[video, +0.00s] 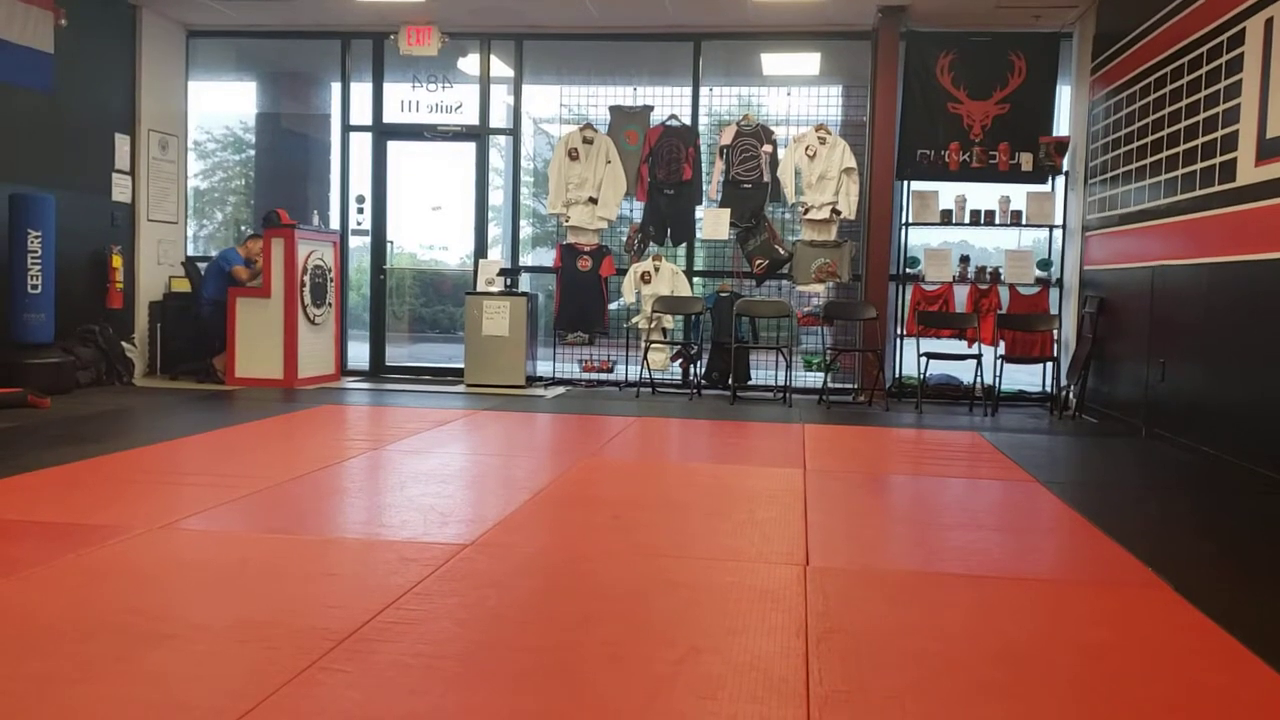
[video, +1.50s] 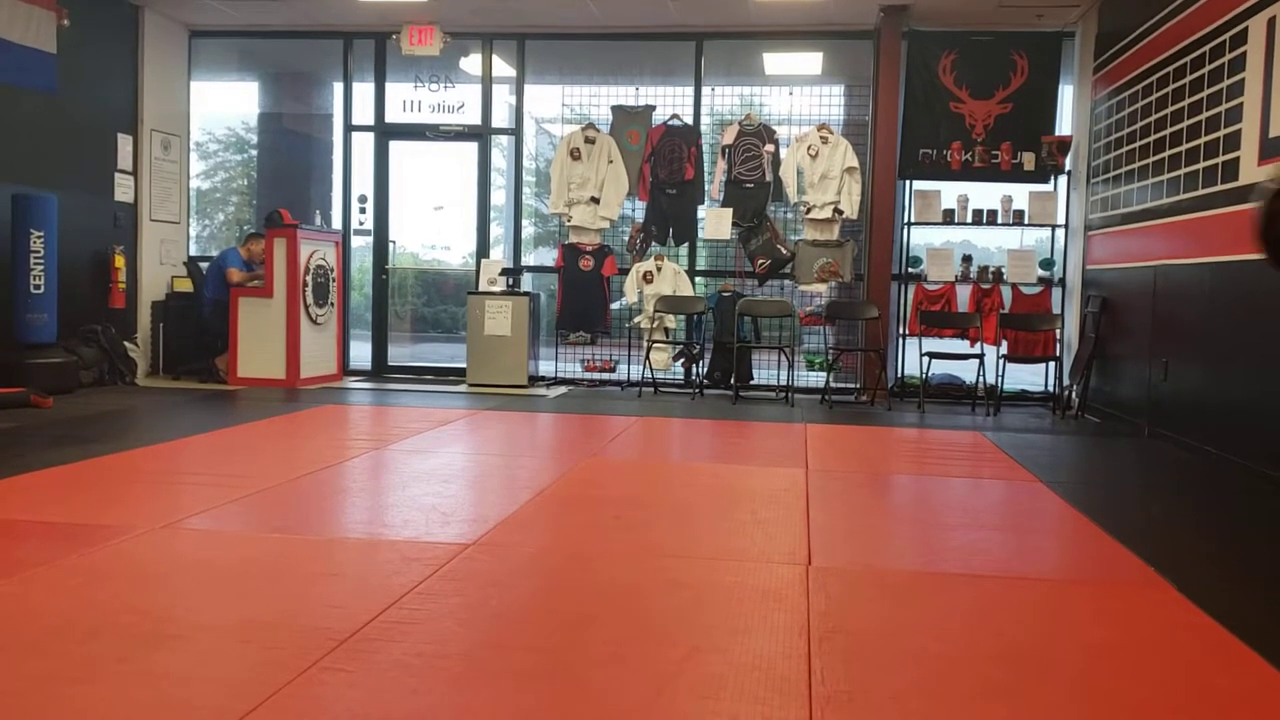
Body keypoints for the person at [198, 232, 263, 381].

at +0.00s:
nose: (260, 254)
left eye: (262, 251)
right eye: (260, 249)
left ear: (250, 245)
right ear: (249, 244)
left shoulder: (242, 259)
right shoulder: (230, 255)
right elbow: (243, 277)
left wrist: (262, 263)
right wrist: (258, 268)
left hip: (224, 305)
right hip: (211, 306)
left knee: (250, 328)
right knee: (246, 332)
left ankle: (221, 363)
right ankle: (219, 363)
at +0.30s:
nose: (260, 254)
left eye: (262, 251)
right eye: (260, 249)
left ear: (250, 244)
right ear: (249, 243)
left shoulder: (243, 258)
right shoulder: (230, 254)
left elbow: (250, 273)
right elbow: (242, 275)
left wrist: (263, 263)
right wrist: (259, 267)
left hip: (226, 303)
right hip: (212, 303)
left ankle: (222, 362)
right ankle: (220, 362)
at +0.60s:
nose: (261, 255)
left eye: (263, 252)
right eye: (261, 250)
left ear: (251, 246)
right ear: (250, 244)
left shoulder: (243, 260)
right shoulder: (231, 255)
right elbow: (241, 276)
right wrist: (260, 269)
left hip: (227, 305)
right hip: (213, 306)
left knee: (252, 329)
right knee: (247, 333)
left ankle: (223, 363)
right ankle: (220, 363)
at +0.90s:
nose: (262, 255)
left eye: (264, 251)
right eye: (261, 250)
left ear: (251, 245)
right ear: (250, 244)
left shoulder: (244, 260)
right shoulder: (231, 254)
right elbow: (237, 274)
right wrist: (257, 272)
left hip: (227, 305)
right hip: (213, 305)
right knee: (247, 334)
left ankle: (223, 363)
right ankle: (220, 363)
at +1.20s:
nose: (263, 256)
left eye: (264, 253)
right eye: (262, 251)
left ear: (252, 246)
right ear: (251, 246)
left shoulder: (246, 263)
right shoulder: (232, 255)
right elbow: (234, 278)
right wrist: (257, 275)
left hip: (228, 306)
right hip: (214, 306)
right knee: (249, 334)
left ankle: (225, 364)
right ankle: (222, 363)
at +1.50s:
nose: (263, 255)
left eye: (264, 252)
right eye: (262, 250)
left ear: (252, 246)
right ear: (251, 245)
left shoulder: (246, 263)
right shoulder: (231, 255)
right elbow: (234, 278)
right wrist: (258, 275)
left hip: (229, 306)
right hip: (214, 306)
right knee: (250, 333)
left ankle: (225, 362)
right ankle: (222, 362)